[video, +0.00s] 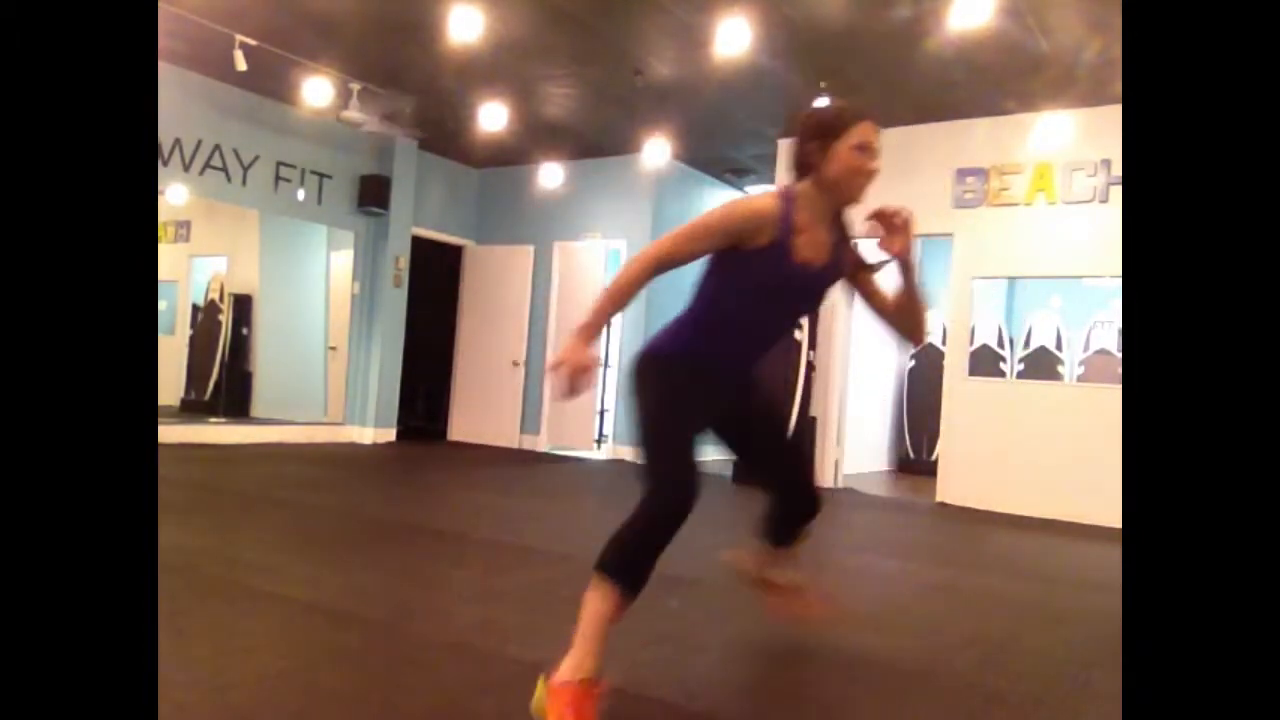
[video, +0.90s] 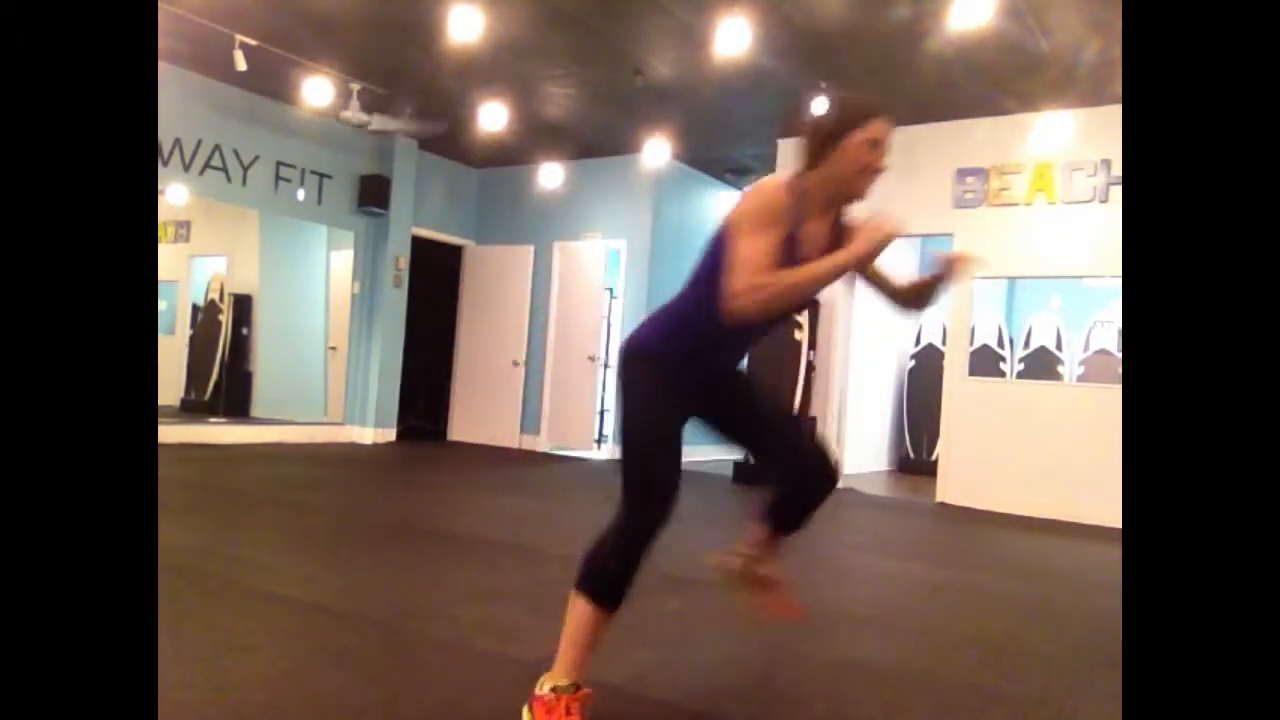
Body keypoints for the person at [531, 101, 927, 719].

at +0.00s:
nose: (872, 165)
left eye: (875, 153)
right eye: (861, 150)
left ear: (855, 163)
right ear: (819, 154)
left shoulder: (836, 244)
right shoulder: (763, 213)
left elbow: (912, 328)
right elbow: (652, 259)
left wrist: (904, 260)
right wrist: (586, 333)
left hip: (734, 383)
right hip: (674, 369)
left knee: (797, 494)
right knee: (672, 492)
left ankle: (767, 565)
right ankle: (575, 670)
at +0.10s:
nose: (838, 193)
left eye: (843, 182)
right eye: (825, 178)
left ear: (842, 194)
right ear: (782, 182)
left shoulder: (807, 291)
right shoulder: (716, 246)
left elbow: (870, 387)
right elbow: (601, 291)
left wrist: (864, 311)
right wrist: (515, 364)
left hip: (681, 412)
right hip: (620, 392)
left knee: (735, 540)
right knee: (645, 521)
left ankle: (634, 555)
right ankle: (553, 687)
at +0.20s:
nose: (815, 224)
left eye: (819, 212)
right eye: (803, 207)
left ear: (815, 226)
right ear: (755, 209)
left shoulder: (787, 320)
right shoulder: (682, 272)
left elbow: (841, 436)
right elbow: (563, 309)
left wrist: (827, 353)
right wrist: (467, 365)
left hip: (647, 427)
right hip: (587, 399)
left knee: (657, 580)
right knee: (630, 529)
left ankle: (536, 555)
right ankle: (549, 688)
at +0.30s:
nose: (801, 247)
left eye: (804, 236)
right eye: (788, 230)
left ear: (797, 250)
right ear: (738, 231)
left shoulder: (774, 332)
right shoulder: (657, 291)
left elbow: (821, 468)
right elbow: (541, 319)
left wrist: (798, 377)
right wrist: (452, 354)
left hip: (625, 439)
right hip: (565, 407)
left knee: (592, 592)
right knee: (623, 522)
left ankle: (466, 566)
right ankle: (545, 691)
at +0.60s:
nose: (790, 234)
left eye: (797, 222)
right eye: (777, 216)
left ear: (795, 237)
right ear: (730, 221)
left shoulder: (774, 319)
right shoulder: (655, 291)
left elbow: (824, 458)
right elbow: (540, 357)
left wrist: (800, 366)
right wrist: (443, 410)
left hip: (629, 436)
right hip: (570, 406)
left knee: (583, 592)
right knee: (628, 525)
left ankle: (430, 591)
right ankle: (547, 690)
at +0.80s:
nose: (832, 187)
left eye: (836, 175)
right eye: (822, 170)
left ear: (825, 186)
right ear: (776, 171)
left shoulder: (792, 270)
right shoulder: (710, 237)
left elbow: (844, 371)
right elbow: (660, 355)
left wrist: (830, 314)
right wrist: (776, 345)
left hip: (678, 404)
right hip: (618, 390)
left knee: (759, 522)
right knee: (656, 531)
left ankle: (636, 566)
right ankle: (557, 689)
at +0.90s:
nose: (880, 162)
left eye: (885, 150)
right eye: (871, 146)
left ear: (860, 158)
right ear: (833, 146)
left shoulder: (838, 227)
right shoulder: (768, 200)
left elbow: (903, 298)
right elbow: (743, 299)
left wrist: (936, 280)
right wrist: (853, 255)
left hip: (716, 373)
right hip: (657, 363)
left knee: (811, 473)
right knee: (646, 506)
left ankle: (750, 558)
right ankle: (561, 681)